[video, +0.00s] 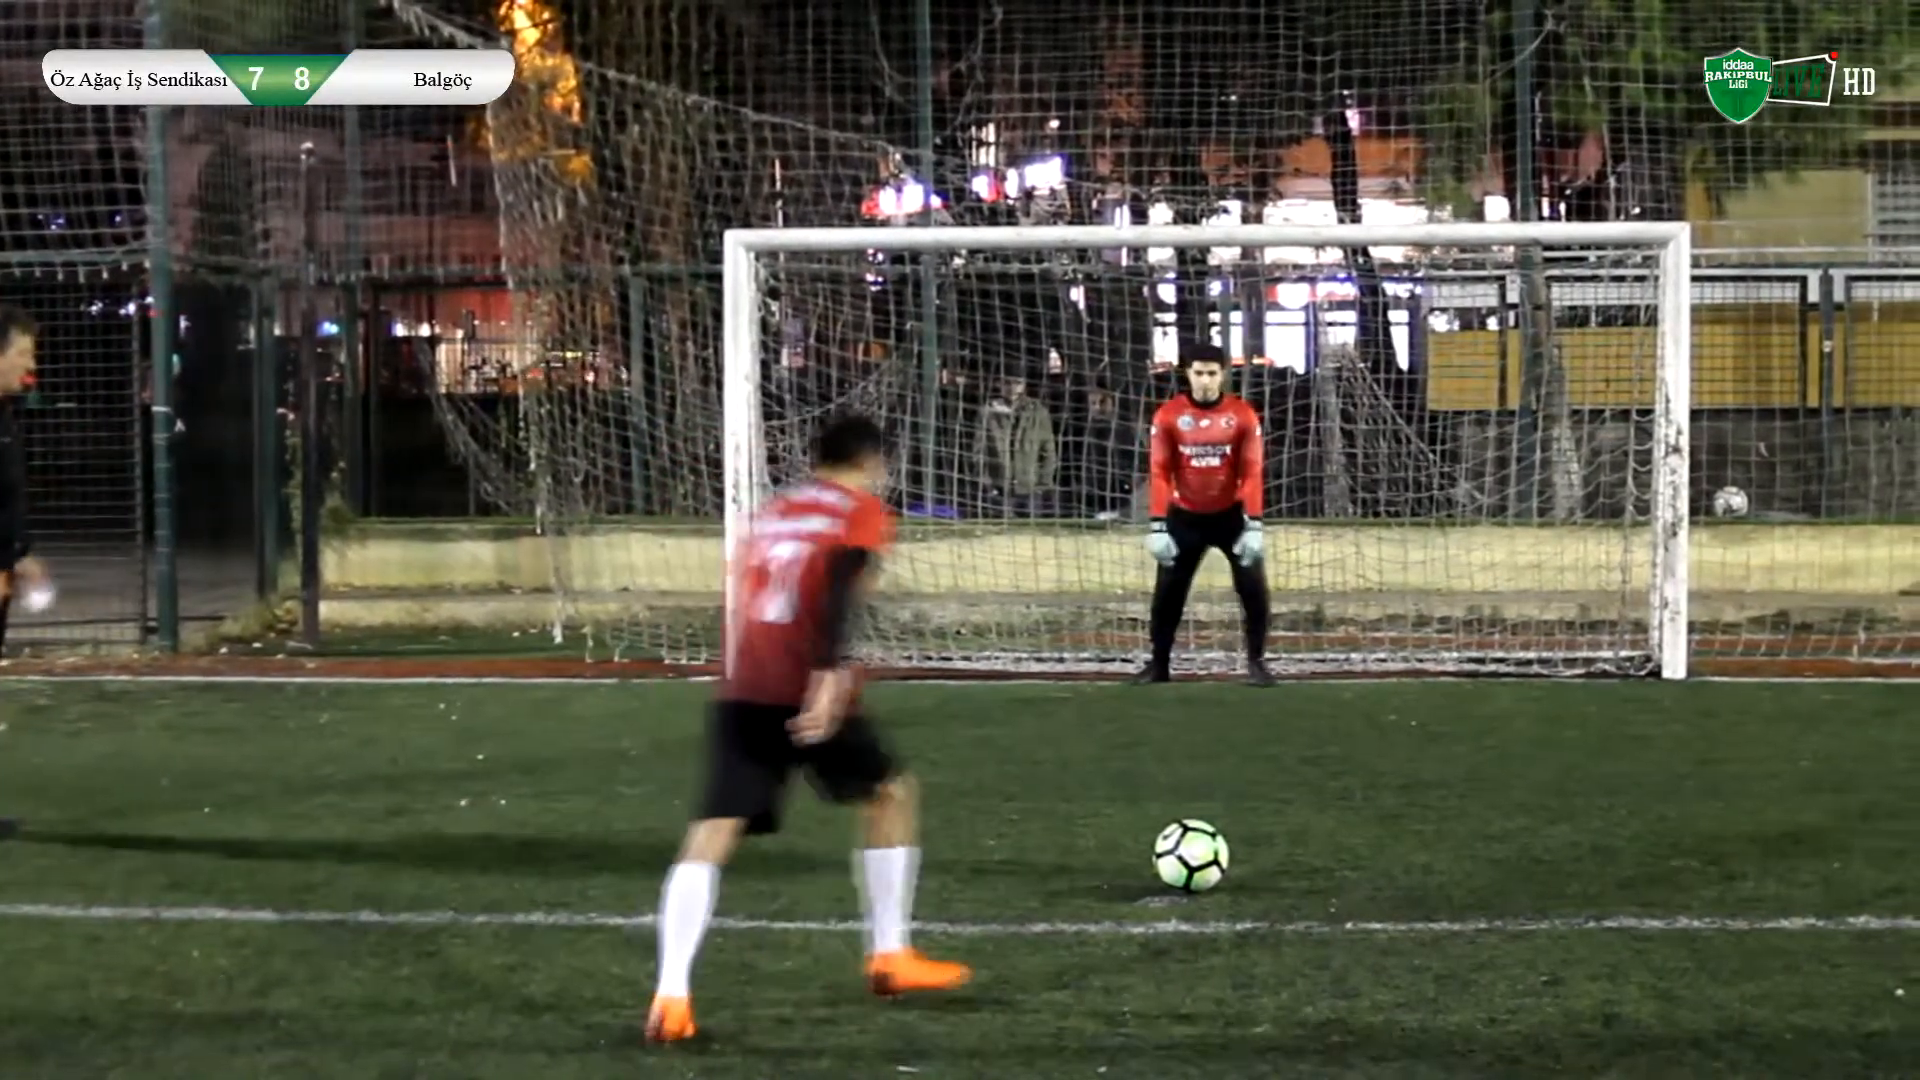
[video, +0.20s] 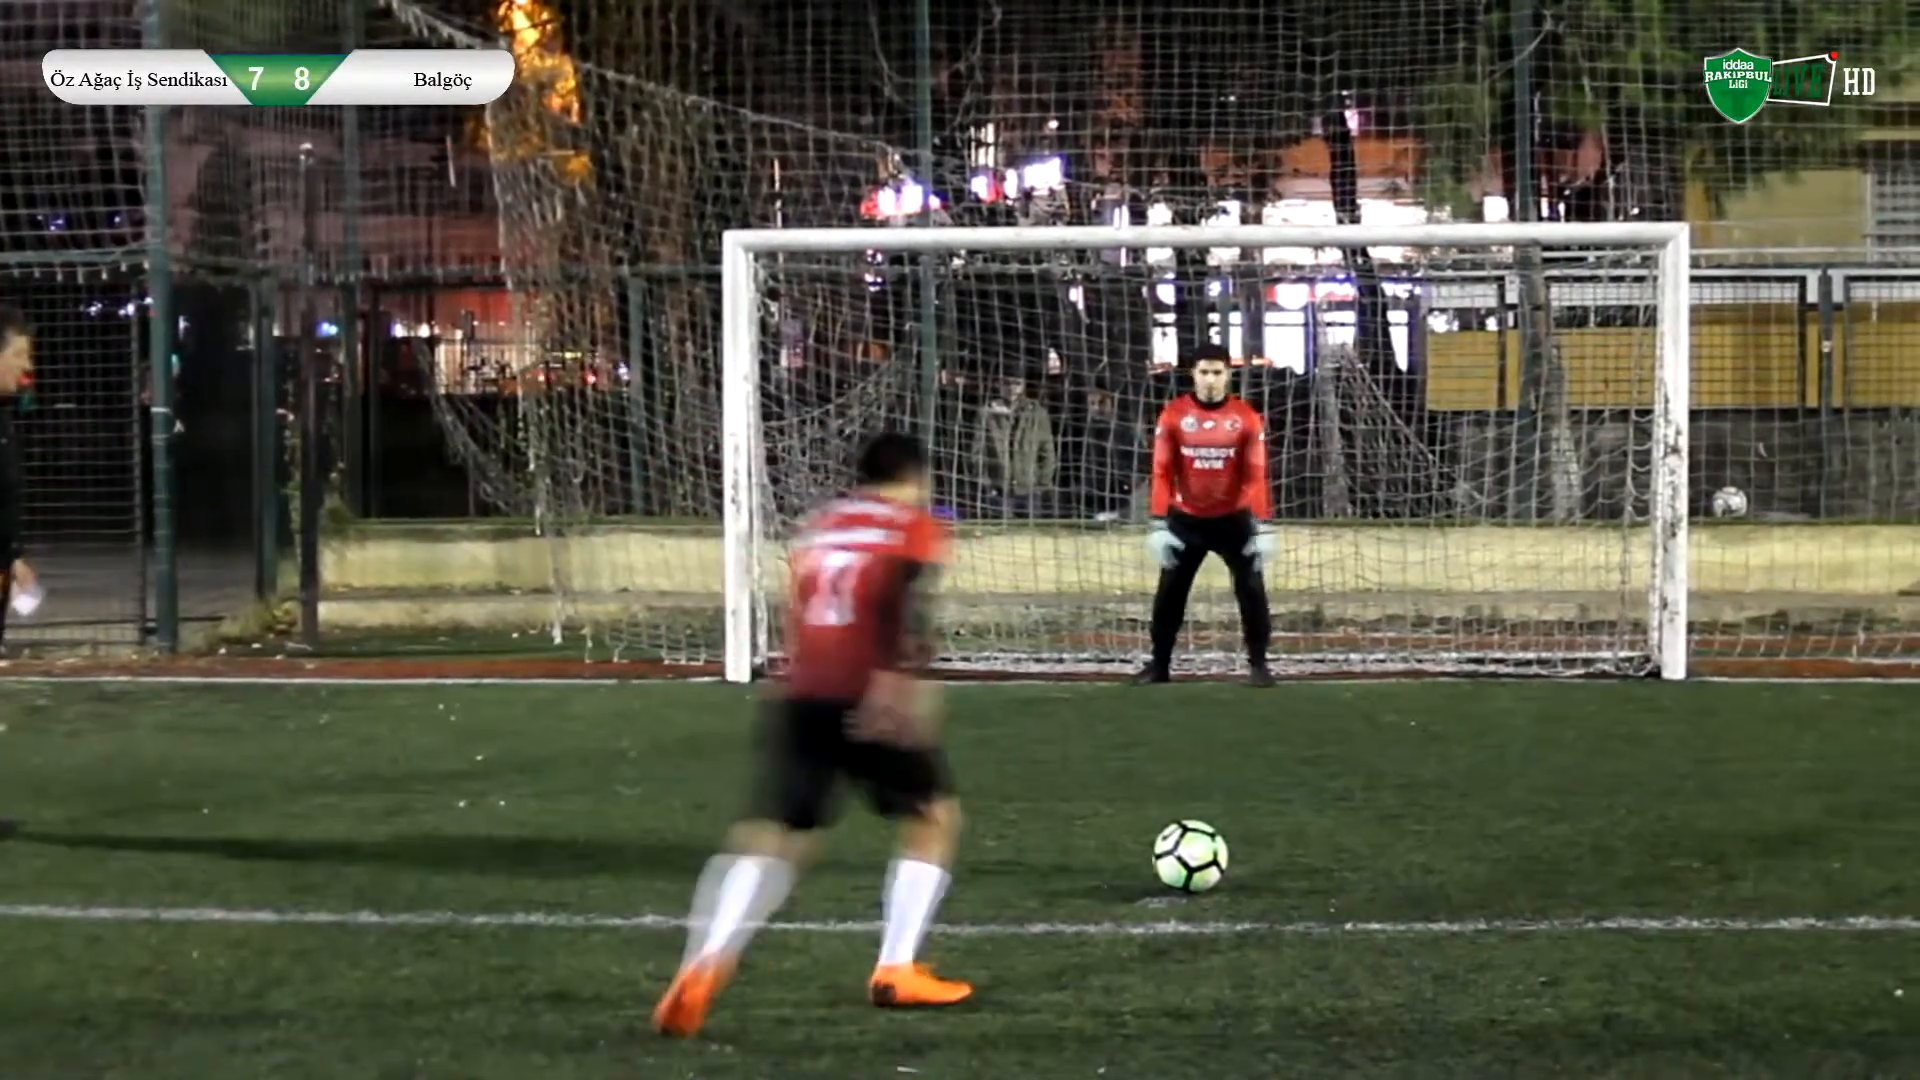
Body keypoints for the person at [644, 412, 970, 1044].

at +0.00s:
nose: (882, 474)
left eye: (882, 464)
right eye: (881, 464)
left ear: (821, 458)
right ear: (868, 462)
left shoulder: (768, 511)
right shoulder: (862, 511)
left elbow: (748, 600)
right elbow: (842, 588)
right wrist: (833, 672)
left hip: (740, 695)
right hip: (807, 693)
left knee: (712, 832)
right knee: (889, 791)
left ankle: (671, 992)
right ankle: (891, 950)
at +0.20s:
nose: (926, 490)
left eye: (923, 481)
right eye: (924, 480)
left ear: (866, 475)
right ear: (912, 478)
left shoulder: (819, 523)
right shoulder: (915, 528)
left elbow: (798, 614)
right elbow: (910, 602)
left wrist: (812, 667)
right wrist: (900, 672)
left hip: (802, 697)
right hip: (870, 698)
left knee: (784, 832)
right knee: (933, 814)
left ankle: (707, 961)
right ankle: (897, 963)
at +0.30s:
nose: (944, 489)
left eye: (942, 480)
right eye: (942, 480)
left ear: (883, 480)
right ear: (932, 481)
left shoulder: (850, 522)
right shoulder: (940, 526)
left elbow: (813, 567)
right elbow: (946, 593)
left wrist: (864, 606)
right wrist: (968, 686)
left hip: (830, 697)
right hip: (896, 698)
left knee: (834, 846)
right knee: (950, 822)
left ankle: (747, 934)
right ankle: (900, 965)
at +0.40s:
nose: (960, 480)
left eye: (958, 470)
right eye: (957, 470)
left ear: (899, 471)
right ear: (949, 472)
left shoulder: (860, 518)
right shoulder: (960, 525)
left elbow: (821, 538)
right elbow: (1006, 607)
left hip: (860, 695)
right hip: (919, 696)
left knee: (920, 827)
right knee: (964, 826)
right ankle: (905, 960)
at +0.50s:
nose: (970, 461)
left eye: (965, 452)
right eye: (968, 452)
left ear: (912, 455)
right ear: (959, 453)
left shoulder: (874, 499)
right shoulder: (984, 510)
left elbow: (804, 492)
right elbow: (1033, 592)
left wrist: (843, 545)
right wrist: (1083, 642)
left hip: (881, 678)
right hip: (942, 678)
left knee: (946, 800)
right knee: (971, 819)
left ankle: (907, 898)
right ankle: (912, 947)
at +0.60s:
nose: (974, 441)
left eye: (968, 432)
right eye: (972, 431)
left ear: (918, 438)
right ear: (967, 436)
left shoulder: (894, 488)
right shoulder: (998, 492)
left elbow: (803, 479)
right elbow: (1057, 560)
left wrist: (829, 541)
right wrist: (1100, 598)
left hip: (917, 663)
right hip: (973, 660)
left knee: (1002, 765)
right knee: (978, 793)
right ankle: (930, 920)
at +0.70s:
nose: (983, 431)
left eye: (979, 423)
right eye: (980, 423)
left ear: (924, 433)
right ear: (975, 427)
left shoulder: (897, 488)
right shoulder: (1009, 483)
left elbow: (804, 503)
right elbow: (1074, 555)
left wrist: (815, 559)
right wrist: (1139, 580)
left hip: (948, 663)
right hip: (1006, 656)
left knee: (1019, 764)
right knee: (1015, 781)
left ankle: (1059, 863)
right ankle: (959, 848)